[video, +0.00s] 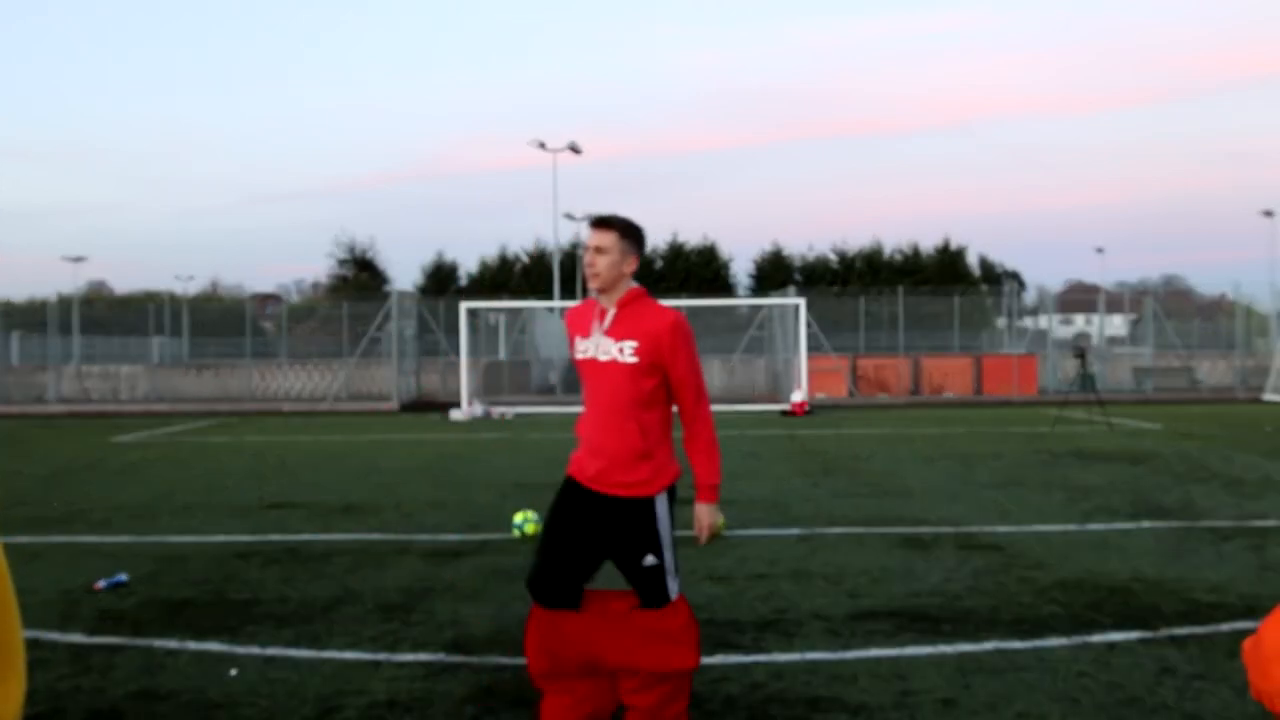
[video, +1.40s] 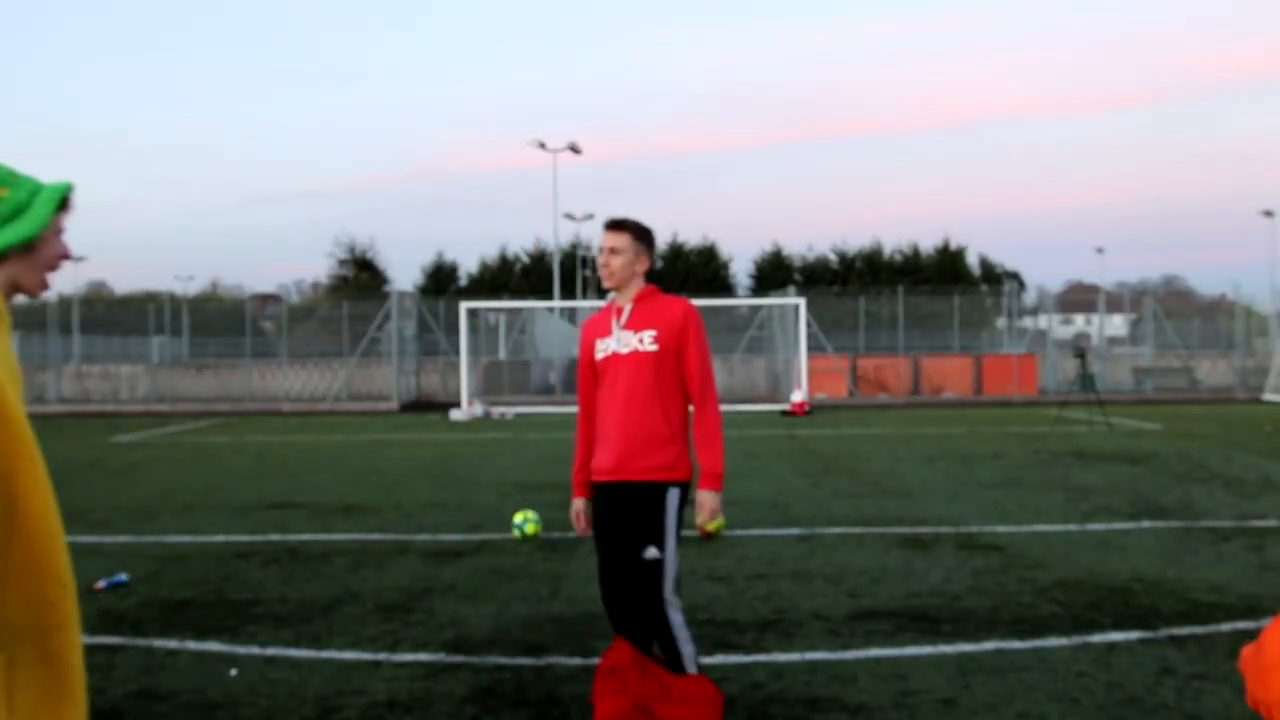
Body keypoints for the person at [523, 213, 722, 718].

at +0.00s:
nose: (589, 261)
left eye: (601, 252)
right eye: (587, 251)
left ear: (630, 262)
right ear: (583, 258)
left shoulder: (664, 324)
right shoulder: (578, 318)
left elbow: (695, 412)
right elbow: (601, 394)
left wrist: (707, 495)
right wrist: (602, 457)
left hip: (642, 490)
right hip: (584, 483)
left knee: (660, 606)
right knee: (549, 593)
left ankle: (664, 703)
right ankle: (570, 701)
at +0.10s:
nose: (603, 260)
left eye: (615, 251)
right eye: (600, 250)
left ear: (646, 259)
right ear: (598, 255)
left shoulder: (674, 325)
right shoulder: (592, 314)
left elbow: (702, 415)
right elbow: (603, 388)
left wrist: (711, 501)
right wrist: (609, 449)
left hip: (646, 482)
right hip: (594, 466)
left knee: (657, 605)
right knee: (529, 542)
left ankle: (658, 709)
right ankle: (588, 652)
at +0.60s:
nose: (625, 260)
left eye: (635, 251)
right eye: (617, 251)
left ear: (652, 259)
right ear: (605, 259)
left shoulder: (673, 319)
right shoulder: (595, 319)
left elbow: (697, 407)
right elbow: (578, 401)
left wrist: (667, 478)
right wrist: (538, 461)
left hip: (642, 484)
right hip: (594, 481)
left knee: (644, 598)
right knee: (590, 597)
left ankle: (662, 697)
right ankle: (617, 693)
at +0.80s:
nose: (598, 261)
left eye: (609, 252)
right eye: (592, 252)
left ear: (630, 260)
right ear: (582, 260)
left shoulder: (660, 312)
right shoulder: (577, 327)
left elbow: (687, 395)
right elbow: (564, 411)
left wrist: (684, 476)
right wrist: (545, 488)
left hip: (649, 465)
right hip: (601, 468)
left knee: (594, 578)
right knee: (615, 585)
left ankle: (638, 691)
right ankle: (633, 696)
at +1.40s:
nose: (602, 261)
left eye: (614, 252)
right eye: (600, 252)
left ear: (644, 260)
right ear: (601, 261)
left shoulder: (678, 314)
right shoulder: (593, 327)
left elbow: (705, 402)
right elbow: (586, 412)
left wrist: (709, 484)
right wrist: (580, 487)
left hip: (660, 477)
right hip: (608, 479)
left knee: (654, 595)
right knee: (618, 598)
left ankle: (691, 694)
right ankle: (657, 690)